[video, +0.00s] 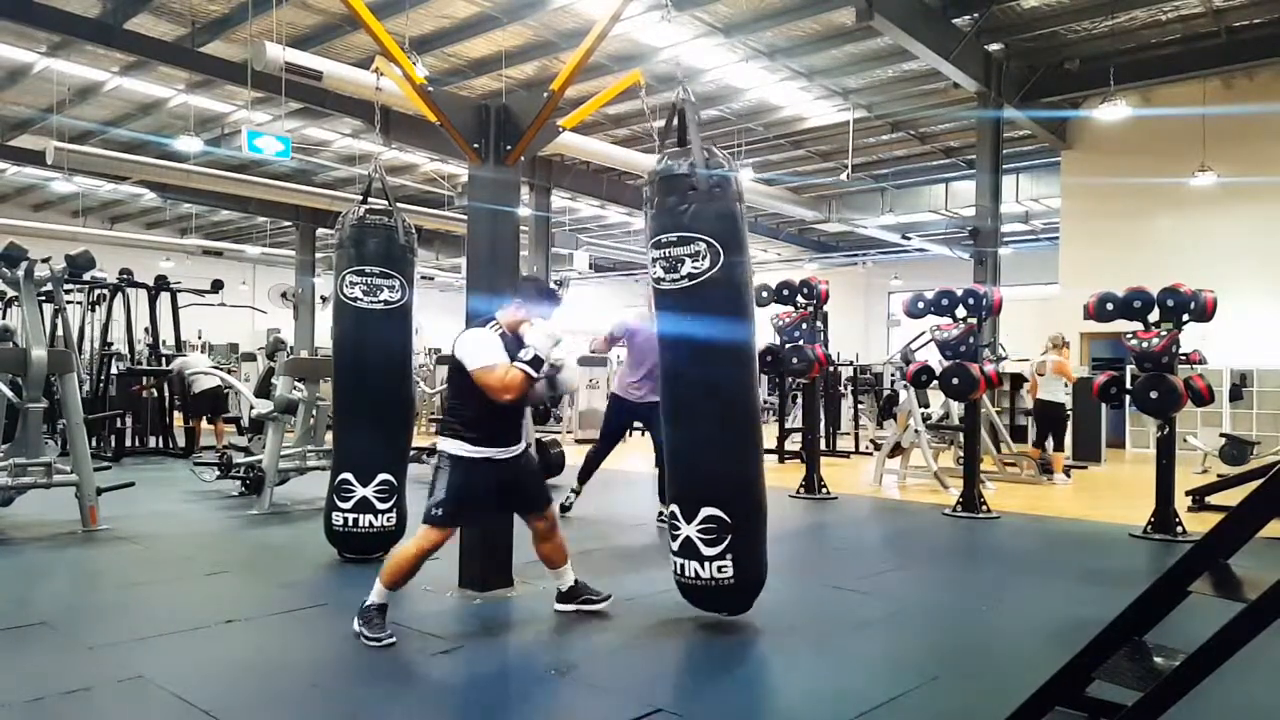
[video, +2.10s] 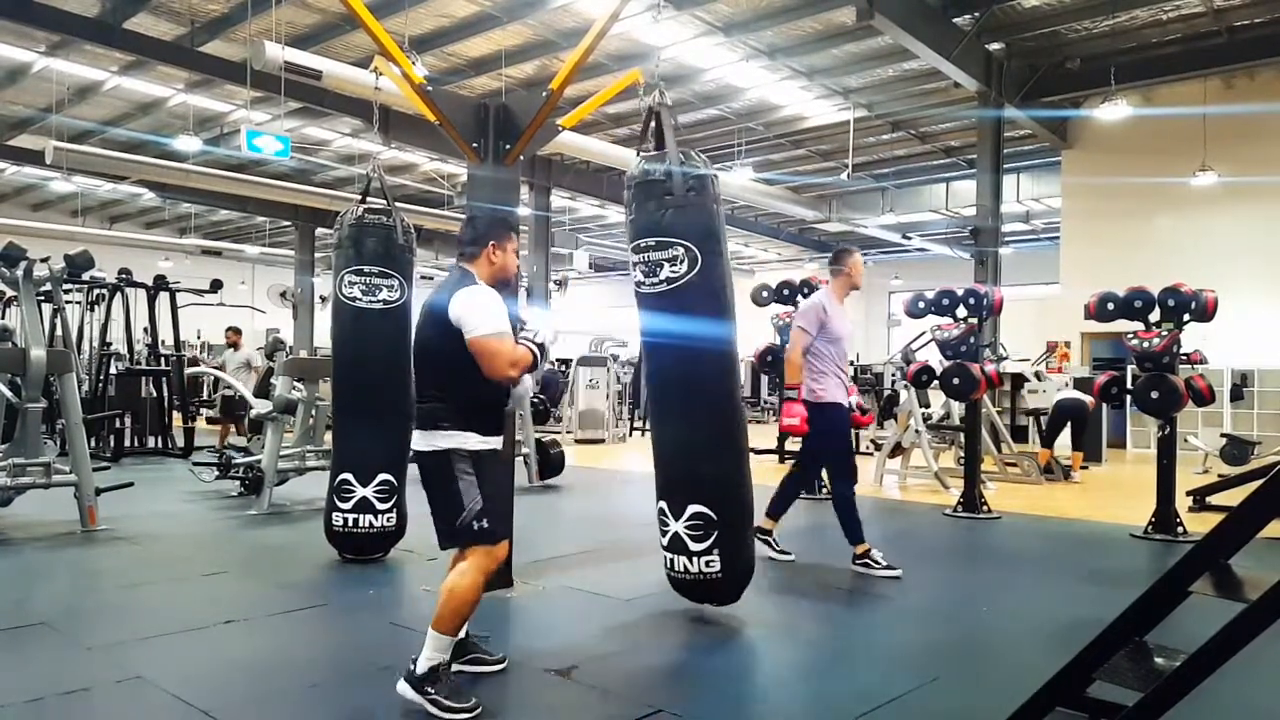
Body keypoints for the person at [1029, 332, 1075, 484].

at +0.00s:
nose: (1064, 350)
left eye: (1063, 348)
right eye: (1063, 348)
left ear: (1048, 346)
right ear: (1061, 347)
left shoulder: (1037, 362)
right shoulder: (1060, 362)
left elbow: (1033, 387)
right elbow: (1071, 378)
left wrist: (1036, 401)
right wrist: (1066, 360)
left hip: (1040, 402)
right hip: (1057, 403)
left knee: (1040, 437)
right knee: (1059, 440)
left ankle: (1028, 468)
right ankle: (1058, 473)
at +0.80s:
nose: (1067, 349)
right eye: (1068, 347)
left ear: (1052, 346)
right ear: (1067, 347)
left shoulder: (1042, 361)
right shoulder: (1073, 363)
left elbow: (1034, 384)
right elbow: (1078, 386)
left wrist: (1029, 404)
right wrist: (1069, 377)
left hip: (1042, 400)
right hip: (1062, 402)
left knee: (1040, 438)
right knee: (1058, 440)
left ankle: (1035, 470)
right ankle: (1058, 473)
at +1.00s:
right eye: (1064, 349)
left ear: (1047, 347)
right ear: (1063, 349)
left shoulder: (1036, 362)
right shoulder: (1067, 364)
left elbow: (1028, 383)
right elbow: (1074, 385)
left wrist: (1027, 402)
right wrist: (1066, 397)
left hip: (1037, 400)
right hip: (1056, 401)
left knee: (1037, 438)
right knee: (1057, 440)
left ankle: (1035, 471)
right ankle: (1058, 473)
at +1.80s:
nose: (1055, 363)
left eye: (1056, 361)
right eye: (1057, 361)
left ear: (1058, 363)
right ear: (1070, 363)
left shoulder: (1052, 377)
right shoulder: (1078, 378)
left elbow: (1048, 392)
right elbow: (1085, 394)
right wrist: (1080, 407)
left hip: (1053, 400)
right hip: (1072, 401)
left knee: (1045, 439)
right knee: (1073, 440)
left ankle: (1039, 471)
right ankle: (1075, 473)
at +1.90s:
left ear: (1057, 377)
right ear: (1071, 378)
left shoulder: (1051, 381)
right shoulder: (1078, 384)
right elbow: (1089, 397)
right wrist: (1084, 409)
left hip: (1057, 401)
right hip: (1076, 403)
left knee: (1049, 438)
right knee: (1075, 440)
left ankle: (1038, 469)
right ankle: (1076, 473)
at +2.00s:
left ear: (1058, 386)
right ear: (1071, 385)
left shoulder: (1055, 390)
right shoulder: (1079, 389)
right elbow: (1090, 398)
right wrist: (1085, 412)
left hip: (1059, 403)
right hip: (1079, 404)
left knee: (1049, 439)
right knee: (1076, 441)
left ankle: (1039, 470)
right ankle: (1075, 473)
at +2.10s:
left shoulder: (1058, 395)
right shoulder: (1084, 396)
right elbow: (1091, 400)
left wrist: (1050, 453)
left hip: (1061, 405)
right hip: (1080, 406)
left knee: (1049, 437)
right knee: (1077, 441)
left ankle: (1038, 470)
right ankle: (1075, 473)